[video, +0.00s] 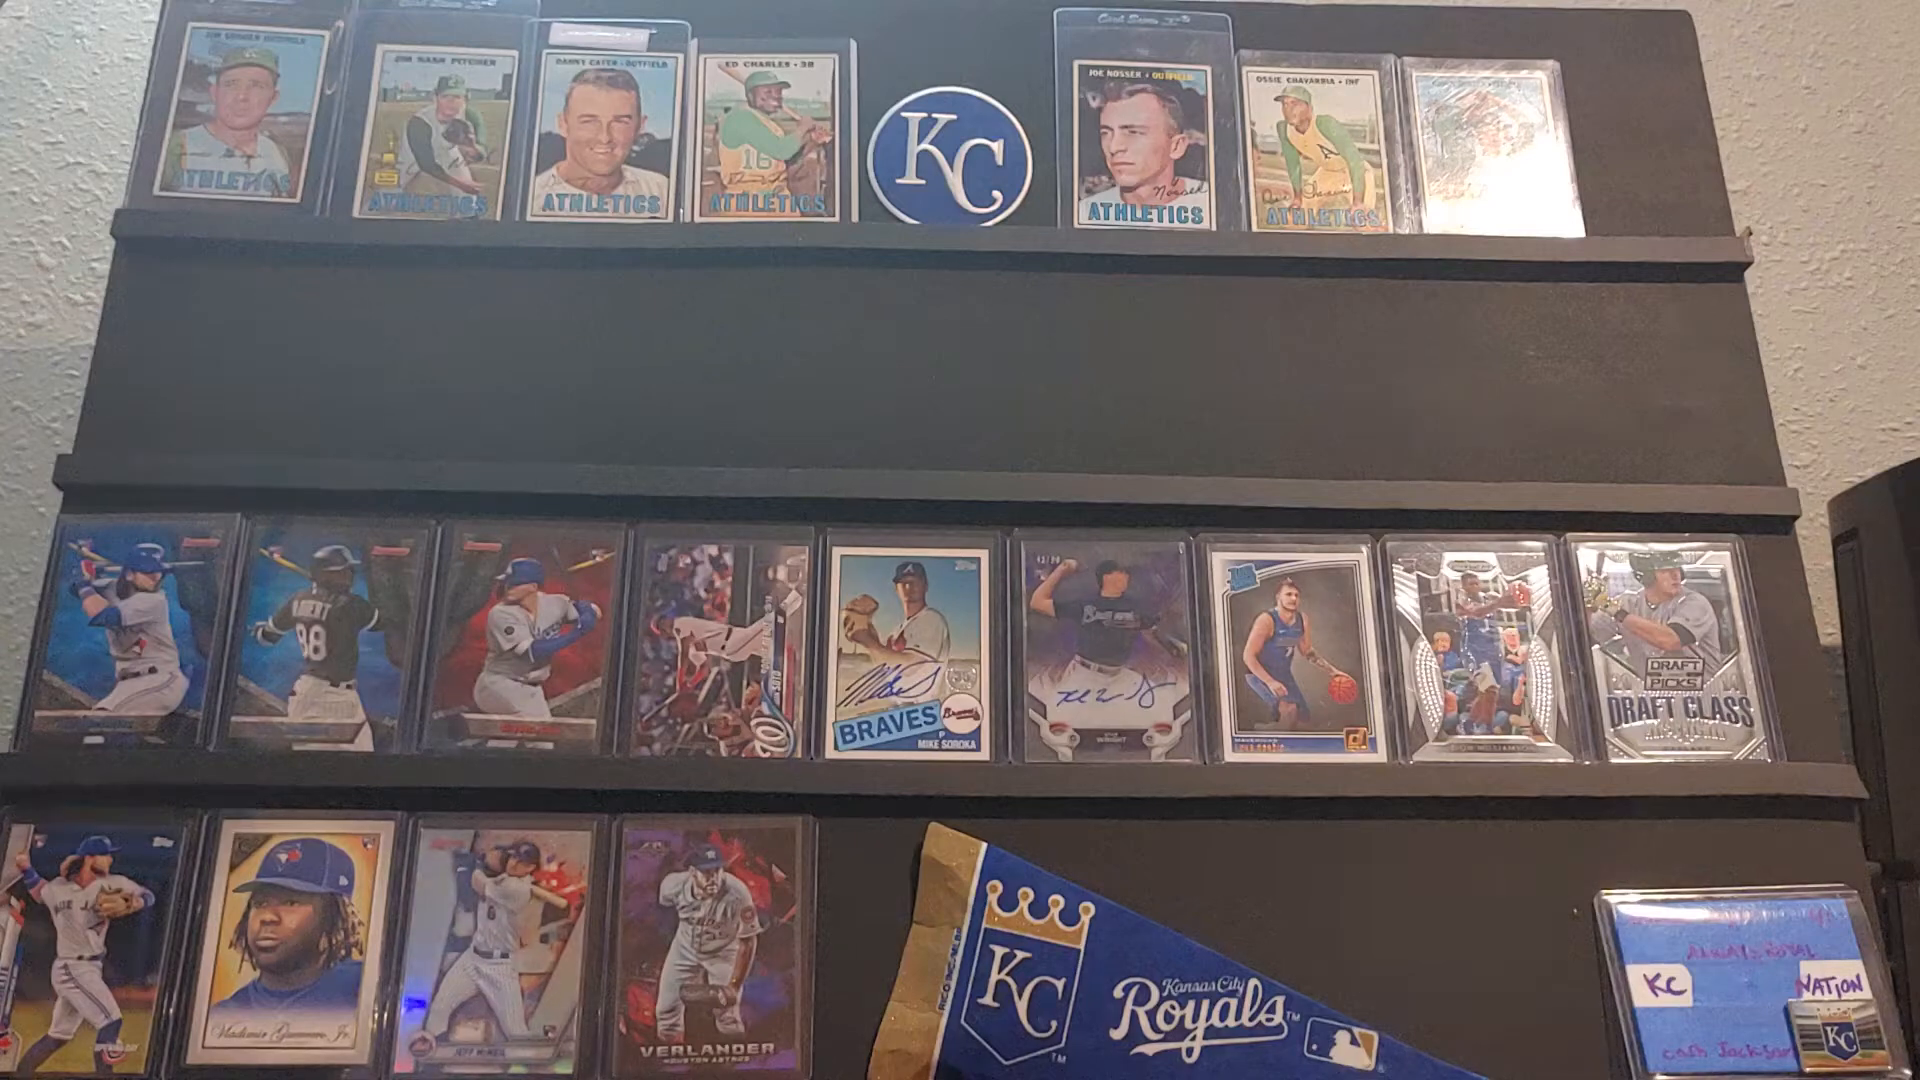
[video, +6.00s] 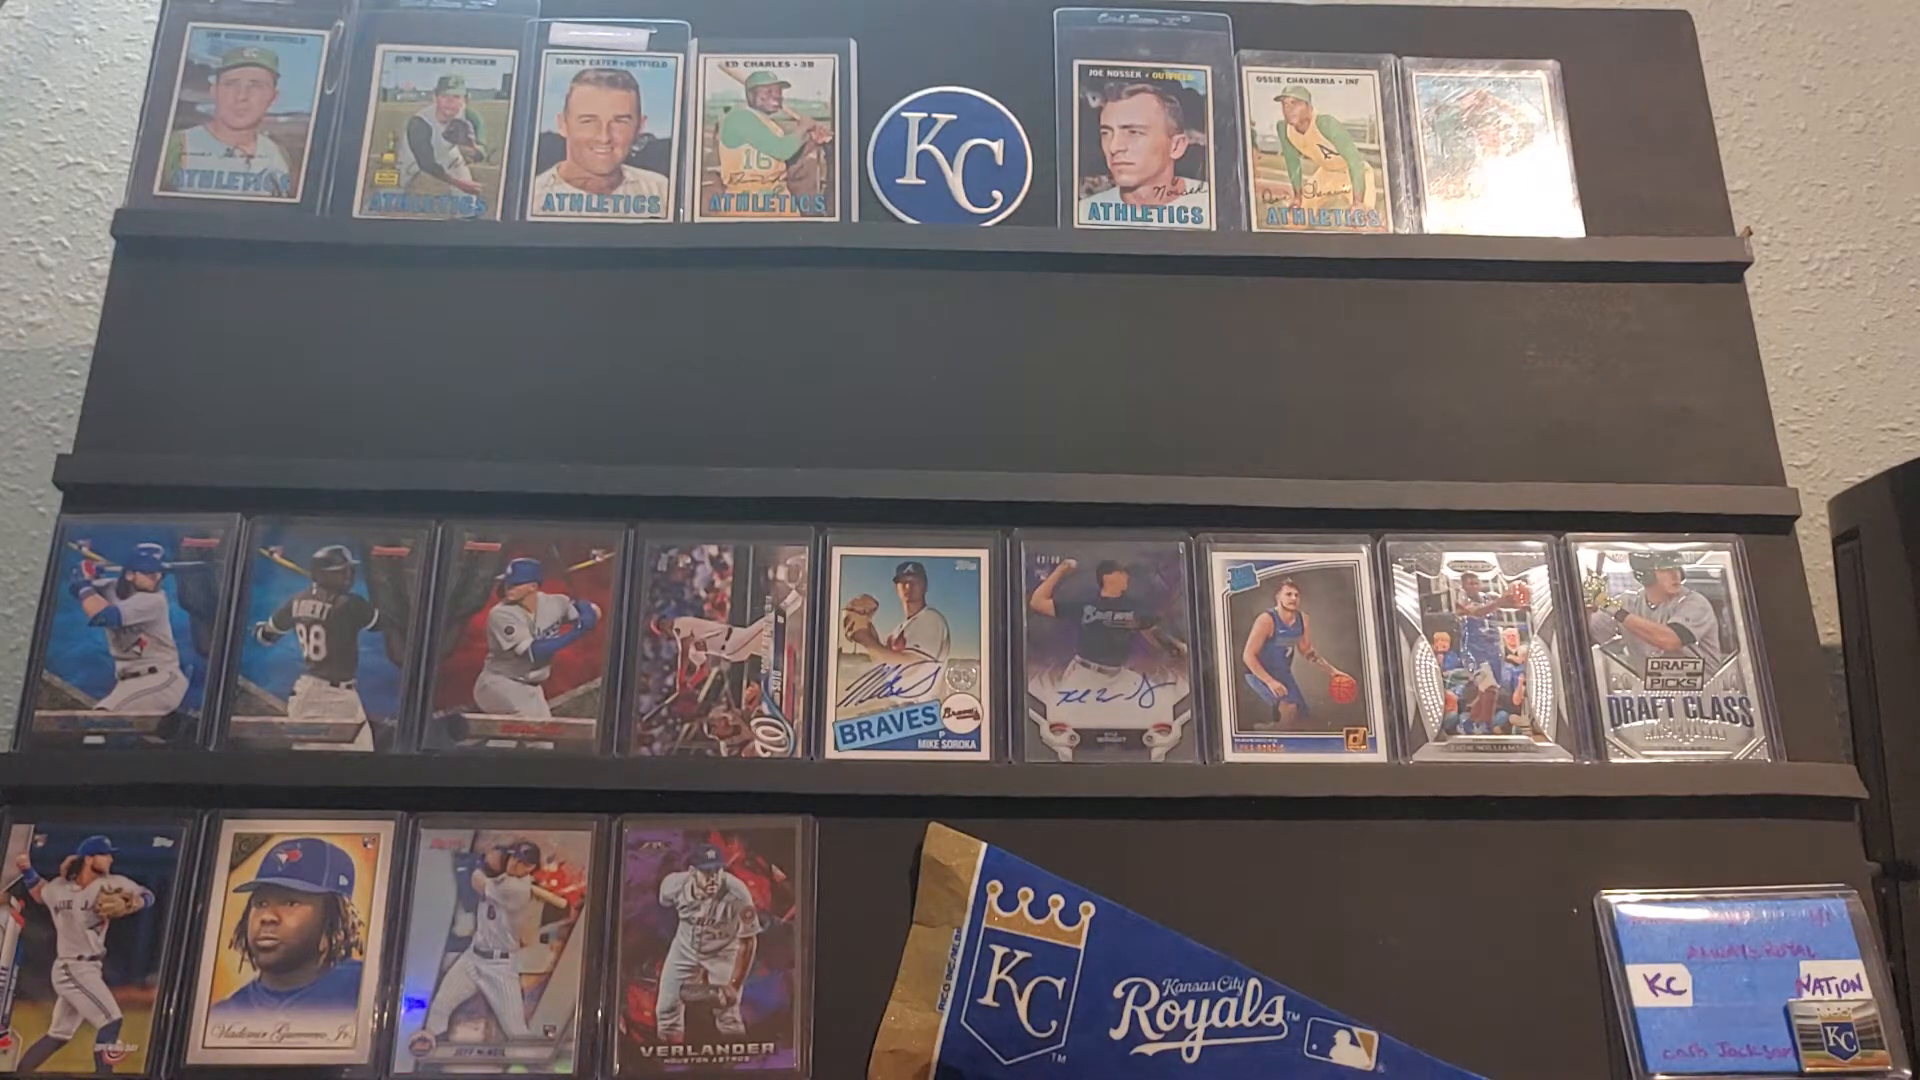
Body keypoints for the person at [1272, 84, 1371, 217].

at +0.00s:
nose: (1288, 109)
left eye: (1294, 104)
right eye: (1284, 104)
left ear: (1309, 108)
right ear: (1281, 108)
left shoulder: (1326, 123)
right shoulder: (1283, 129)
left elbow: (1355, 160)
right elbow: (1293, 164)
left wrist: (1358, 203)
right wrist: (1297, 198)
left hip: (1355, 172)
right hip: (1327, 172)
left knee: (1361, 219)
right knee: (1303, 208)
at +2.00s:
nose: (1288, 109)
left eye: (1294, 103)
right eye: (1284, 104)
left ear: (1309, 107)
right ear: (1281, 107)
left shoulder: (1326, 124)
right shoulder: (1284, 129)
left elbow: (1355, 161)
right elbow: (1293, 163)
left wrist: (1358, 202)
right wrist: (1297, 197)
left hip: (1354, 173)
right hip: (1327, 172)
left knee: (1361, 220)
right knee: (1301, 208)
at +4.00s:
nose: (1288, 109)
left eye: (1294, 103)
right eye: (1285, 104)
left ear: (1308, 107)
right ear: (1282, 108)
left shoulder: (1326, 123)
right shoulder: (1283, 128)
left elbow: (1355, 160)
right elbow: (1292, 162)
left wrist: (1358, 203)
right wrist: (1297, 197)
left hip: (1354, 172)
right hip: (1326, 172)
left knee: (1361, 219)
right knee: (1304, 210)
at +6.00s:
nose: (1288, 110)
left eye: (1294, 103)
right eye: (1284, 105)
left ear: (1308, 107)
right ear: (1281, 108)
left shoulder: (1327, 124)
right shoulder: (1283, 128)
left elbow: (1355, 160)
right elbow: (1293, 163)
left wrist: (1357, 202)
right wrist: (1297, 197)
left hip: (1355, 174)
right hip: (1327, 173)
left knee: (1360, 220)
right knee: (1301, 212)